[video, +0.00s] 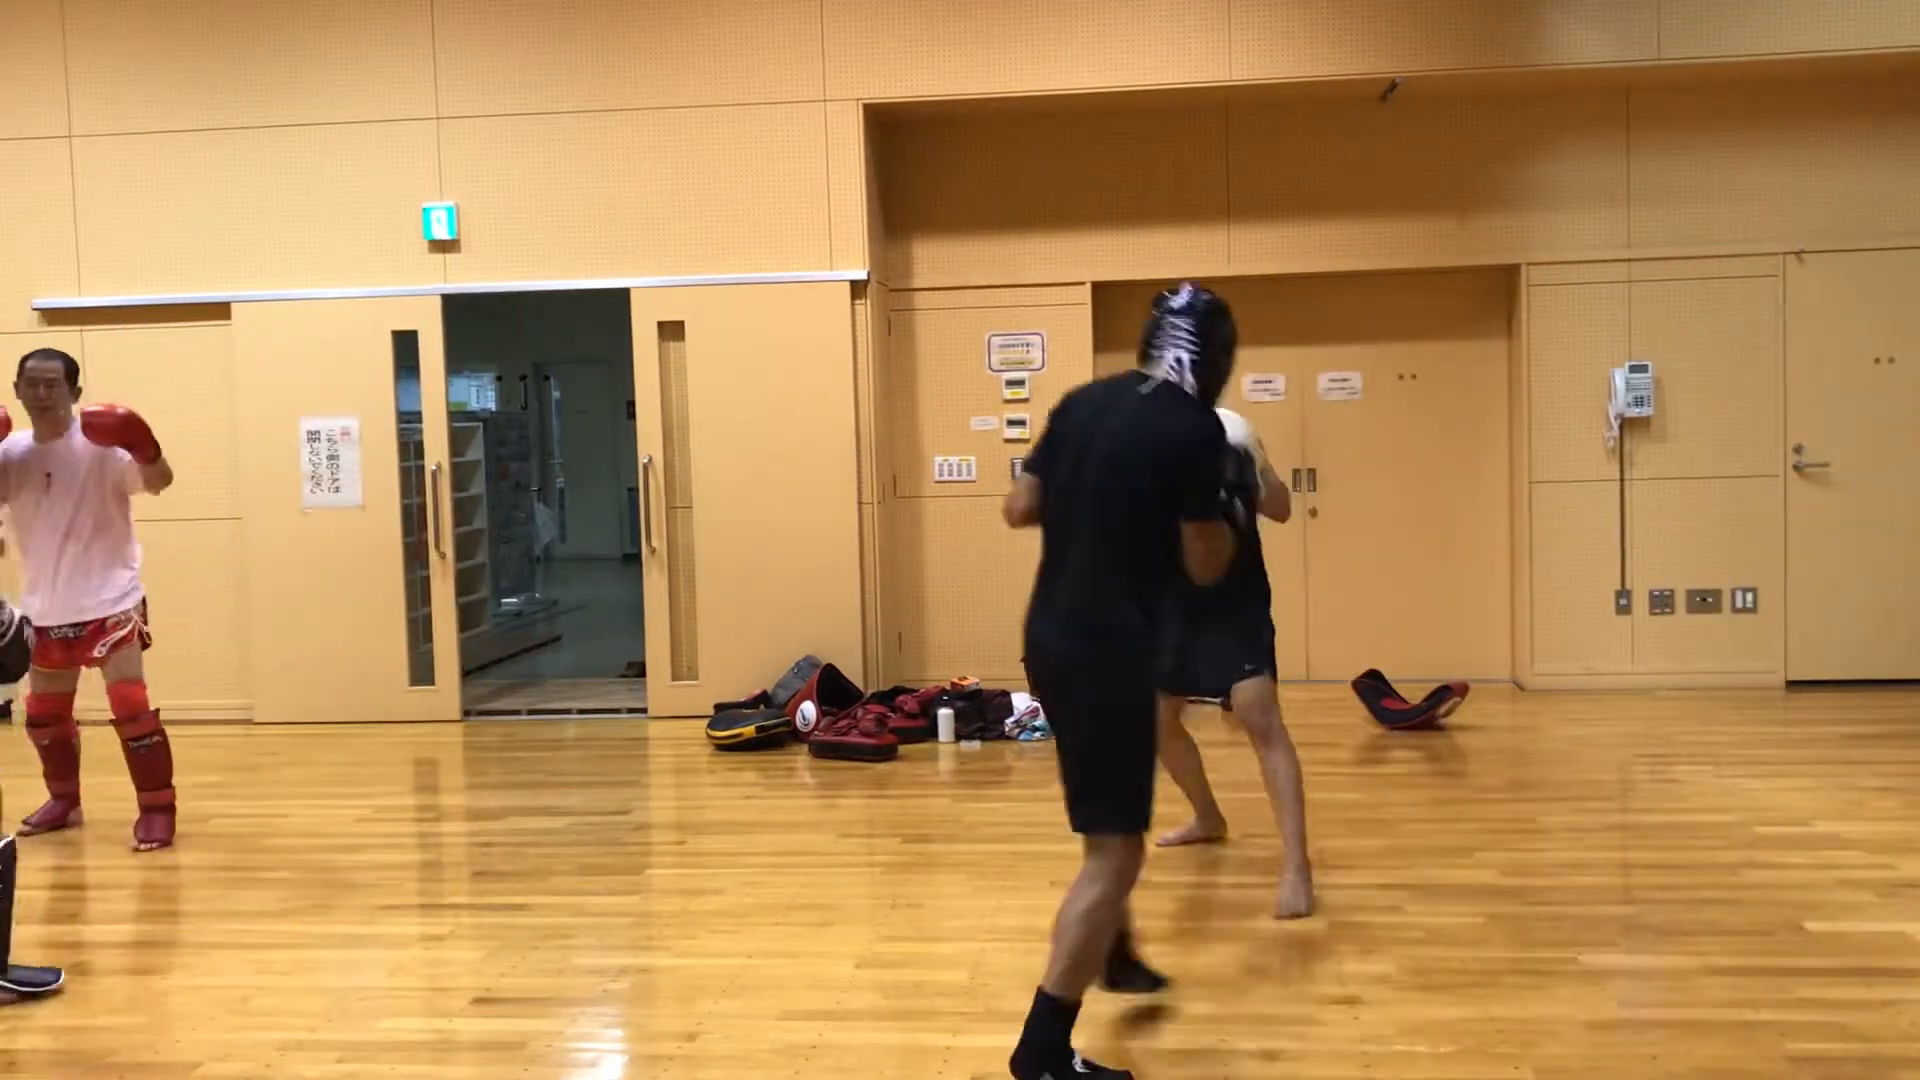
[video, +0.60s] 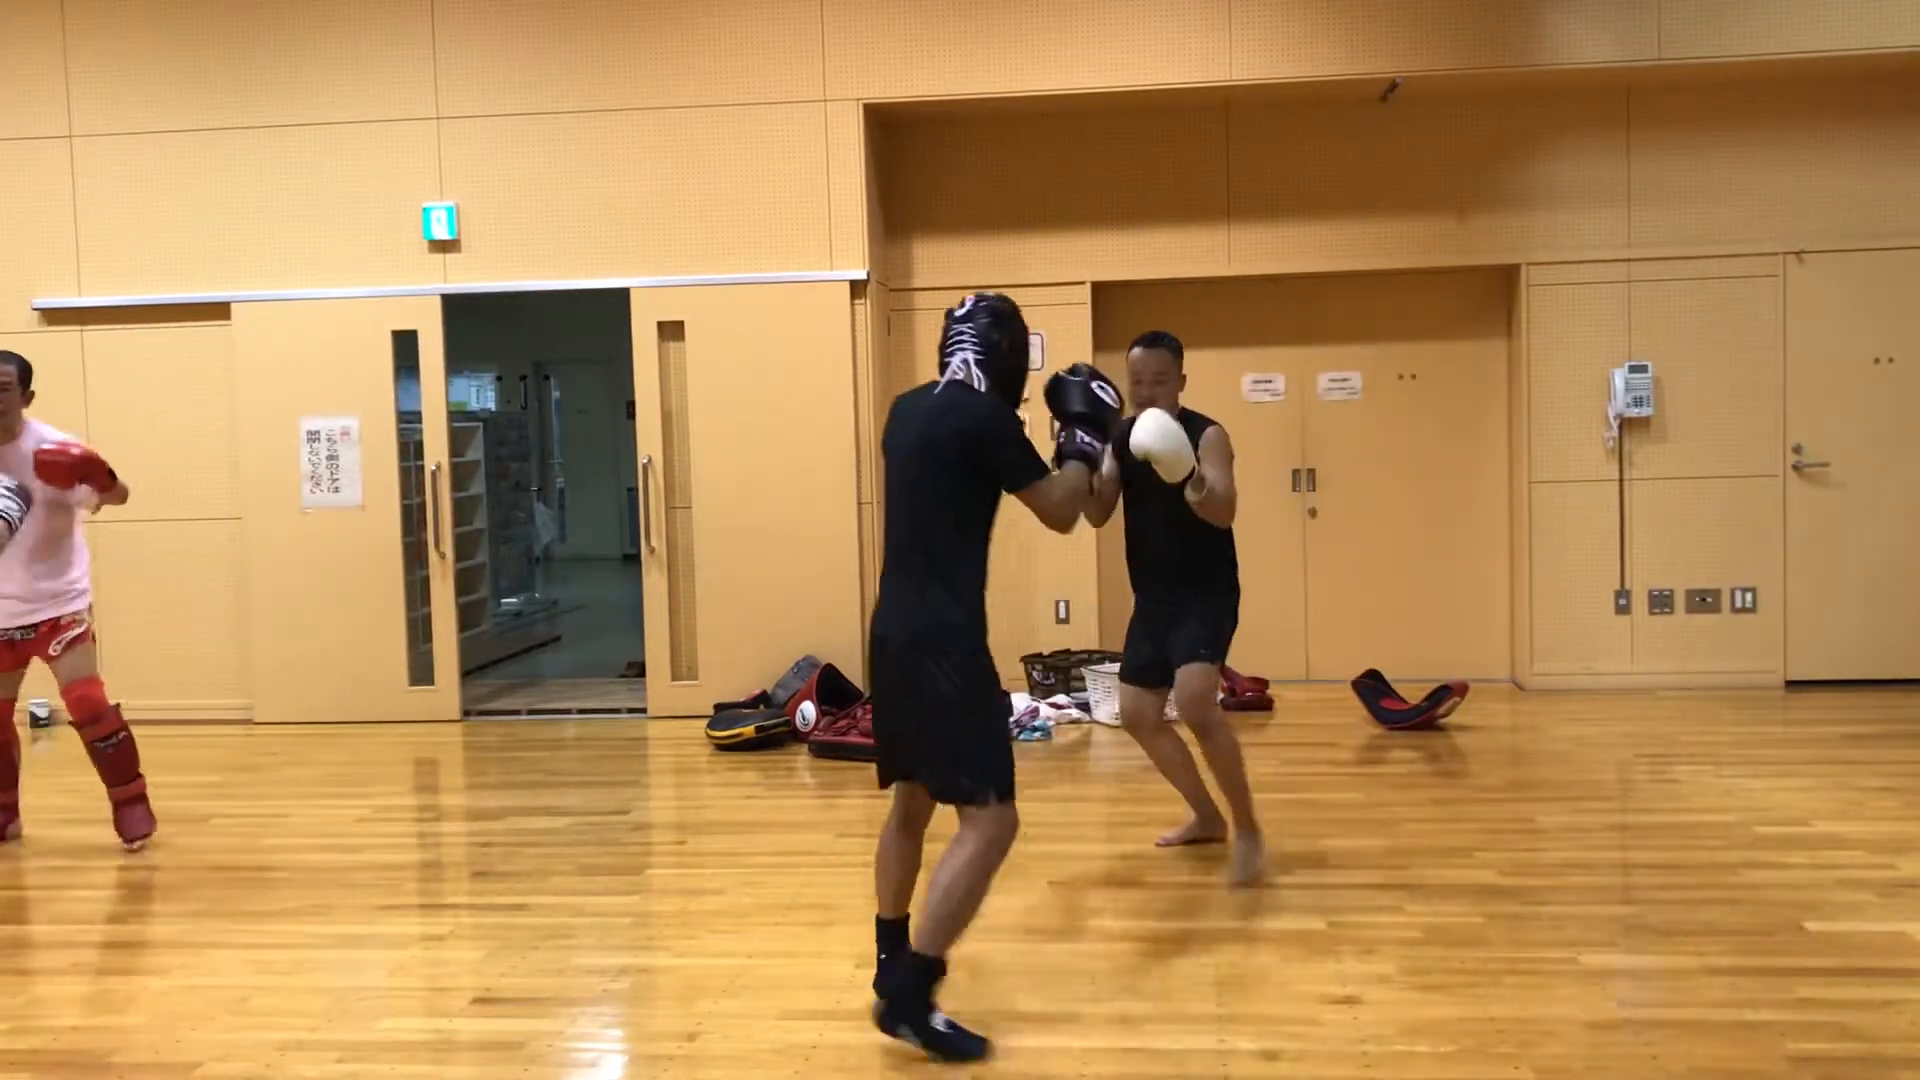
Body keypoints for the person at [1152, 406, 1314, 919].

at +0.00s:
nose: (1176, 389)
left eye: (1185, 377)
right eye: (1165, 379)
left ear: (1201, 380)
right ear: (1151, 385)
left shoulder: (1229, 430)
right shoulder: (1139, 444)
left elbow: (1279, 508)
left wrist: (1247, 467)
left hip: (1236, 594)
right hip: (1167, 595)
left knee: (1259, 718)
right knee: (1159, 719)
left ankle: (1295, 867)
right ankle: (1207, 817)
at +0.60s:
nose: (1147, 392)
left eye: (1159, 381)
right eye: (1138, 381)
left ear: (1181, 380)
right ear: (1126, 380)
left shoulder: (1206, 435)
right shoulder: (1121, 437)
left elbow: (1224, 513)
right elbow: (1098, 514)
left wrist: (1190, 481)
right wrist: (1084, 454)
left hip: (1206, 592)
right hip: (1153, 595)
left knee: (1194, 703)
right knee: (1139, 714)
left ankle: (1247, 830)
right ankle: (1207, 818)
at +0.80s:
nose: (1132, 389)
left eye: (1143, 379)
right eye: (1127, 379)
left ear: (1170, 379)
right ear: (1121, 381)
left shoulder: (1204, 435)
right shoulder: (1117, 430)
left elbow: (1202, 501)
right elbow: (1083, 485)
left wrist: (1175, 442)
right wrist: (1090, 419)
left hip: (1193, 594)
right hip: (1140, 593)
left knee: (1161, 718)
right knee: (1134, 718)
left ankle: (1183, 871)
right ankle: (1204, 815)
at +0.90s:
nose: (1130, 392)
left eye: (1142, 382)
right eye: (1126, 381)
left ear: (1168, 384)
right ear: (1120, 383)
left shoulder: (1202, 440)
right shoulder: (1116, 435)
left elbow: (1195, 506)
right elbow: (1081, 492)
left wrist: (1167, 445)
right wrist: (1088, 423)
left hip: (1191, 600)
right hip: (1140, 600)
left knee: (1155, 719)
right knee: (1132, 723)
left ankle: (1181, 873)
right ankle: (1205, 816)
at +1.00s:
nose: (1142, 401)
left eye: (1153, 390)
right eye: (1135, 390)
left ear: (1176, 387)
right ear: (1125, 392)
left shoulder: (1199, 436)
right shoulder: (1118, 437)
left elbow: (1171, 482)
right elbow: (1081, 488)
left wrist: (1135, 433)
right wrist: (1086, 423)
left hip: (1193, 600)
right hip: (1146, 602)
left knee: (1154, 718)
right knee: (1135, 719)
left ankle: (1182, 871)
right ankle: (1208, 817)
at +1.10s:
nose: (1129, 393)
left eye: (1140, 383)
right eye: (1125, 383)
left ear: (1173, 379)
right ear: (1121, 381)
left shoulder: (1193, 425)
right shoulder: (1131, 429)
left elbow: (1126, 433)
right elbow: (1086, 480)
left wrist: (1076, 413)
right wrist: (1088, 412)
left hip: (1197, 591)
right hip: (1155, 591)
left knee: (1159, 712)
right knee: (1140, 712)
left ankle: (1180, 869)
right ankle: (1208, 809)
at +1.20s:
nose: (1130, 393)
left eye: (1142, 382)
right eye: (1125, 382)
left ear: (1174, 380)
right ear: (1121, 384)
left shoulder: (1189, 429)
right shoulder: (1139, 434)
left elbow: (1143, 458)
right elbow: (1088, 481)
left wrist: (1092, 412)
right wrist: (1085, 418)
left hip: (1194, 593)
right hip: (1163, 592)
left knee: (1147, 718)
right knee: (1162, 709)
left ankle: (1179, 868)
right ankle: (1221, 795)